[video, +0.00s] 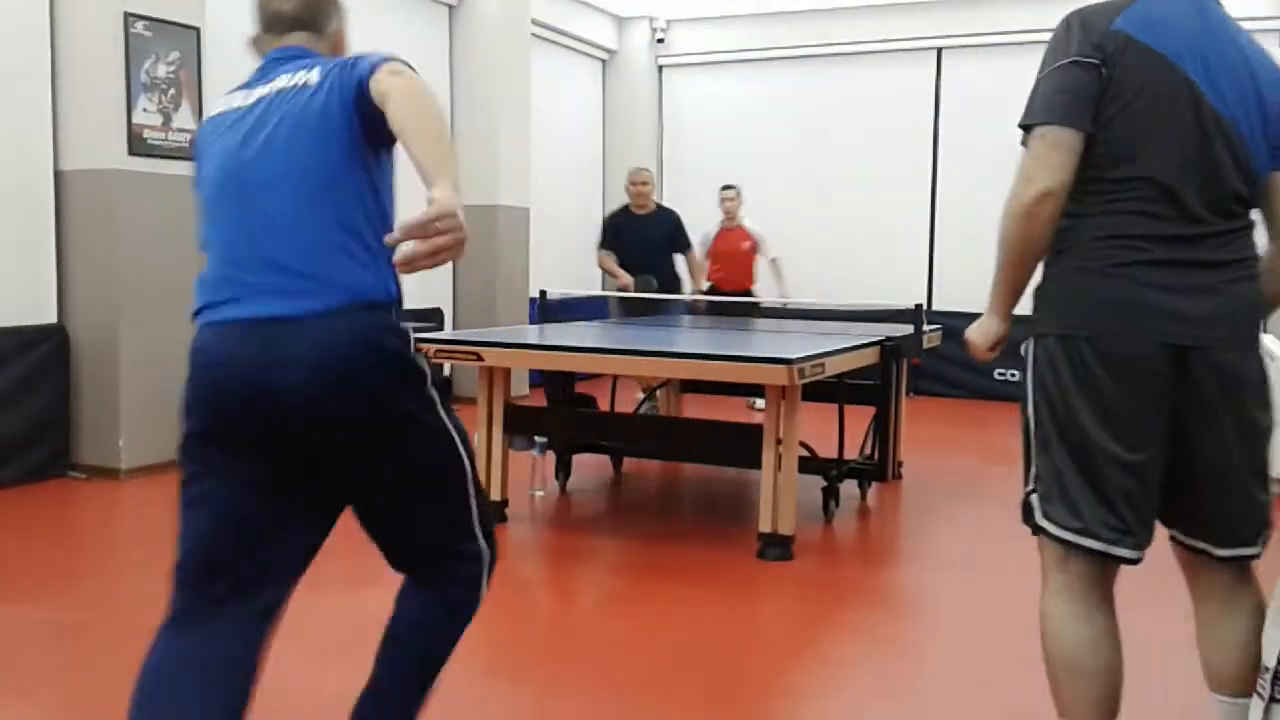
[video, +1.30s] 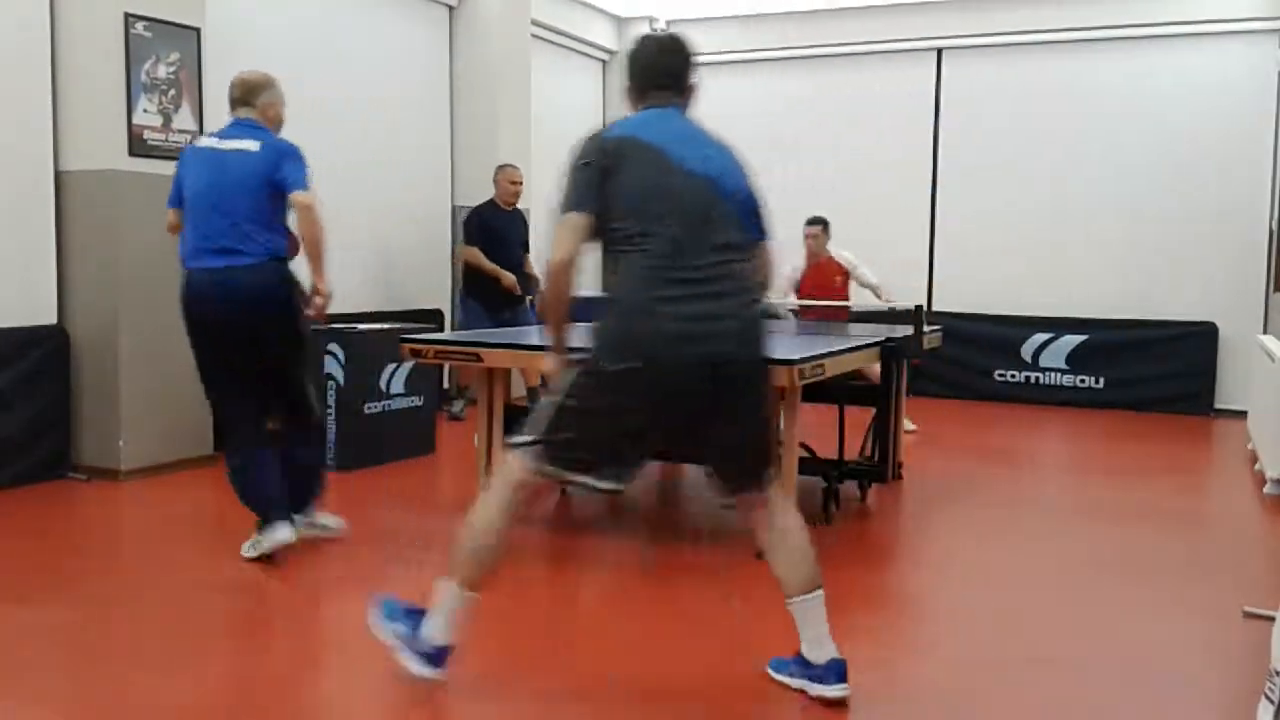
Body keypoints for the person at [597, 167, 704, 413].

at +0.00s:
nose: (639, 189)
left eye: (644, 184)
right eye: (634, 184)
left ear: (654, 187)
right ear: (626, 188)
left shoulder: (669, 218)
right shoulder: (614, 221)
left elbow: (690, 255)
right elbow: (604, 257)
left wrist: (699, 290)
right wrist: (620, 275)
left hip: (668, 299)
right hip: (631, 301)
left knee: (669, 359)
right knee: (634, 356)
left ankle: (672, 419)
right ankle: (649, 395)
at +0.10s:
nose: (622, 182)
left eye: (628, 177)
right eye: (617, 177)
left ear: (636, 181)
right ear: (610, 180)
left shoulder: (647, 213)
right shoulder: (594, 211)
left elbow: (661, 249)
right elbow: (581, 249)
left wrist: (663, 283)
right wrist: (599, 268)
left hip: (636, 291)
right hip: (600, 291)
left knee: (632, 350)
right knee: (605, 347)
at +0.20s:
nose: (608, 190)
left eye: (613, 185)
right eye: (602, 185)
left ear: (622, 189)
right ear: (595, 188)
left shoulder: (629, 223)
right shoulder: (577, 215)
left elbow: (641, 264)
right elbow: (562, 252)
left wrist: (641, 301)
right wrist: (580, 269)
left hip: (610, 301)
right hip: (574, 298)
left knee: (605, 357)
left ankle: (588, 397)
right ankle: (559, 405)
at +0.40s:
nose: (565, 201)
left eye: (570, 196)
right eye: (560, 196)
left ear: (577, 199)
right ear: (552, 197)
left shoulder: (583, 232)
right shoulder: (533, 225)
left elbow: (592, 273)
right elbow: (519, 264)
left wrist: (595, 303)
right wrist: (544, 286)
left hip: (566, 306)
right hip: (530, 302)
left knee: (562, 362)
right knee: (505, 347)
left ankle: (561, 412)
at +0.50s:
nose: (539, 201)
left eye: (544, 196)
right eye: (534, 195)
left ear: (551, 199)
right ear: (525, 197)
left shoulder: (558, 231)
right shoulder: (508, 226)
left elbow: (571, 270)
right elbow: (495, 264)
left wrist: (576, 301)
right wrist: (521, 282)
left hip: (542, 308)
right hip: (505, 305)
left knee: (555, 366)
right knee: (488, 356)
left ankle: (561, 421)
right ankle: (459, 396)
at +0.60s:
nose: (519, 195)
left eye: (525, 190)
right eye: (514, 190)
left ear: (531, 193)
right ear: (504, 191)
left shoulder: (539, 224)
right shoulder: (489, 222)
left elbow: (549, 264)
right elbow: (476, 260)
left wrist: (557, 297)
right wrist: (501, 278)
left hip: (528, 310)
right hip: (492, 309)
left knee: (521, 372)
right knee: (487, 369)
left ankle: (519, 430)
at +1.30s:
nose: (517, 188)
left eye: (520, 184)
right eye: (512, 183)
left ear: (522, 186)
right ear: (496, 184)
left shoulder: (519, 217)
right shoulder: (478, 215)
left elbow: (523, 256)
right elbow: (470, 254)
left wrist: (533, 276)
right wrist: (501, 274)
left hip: (514, 298)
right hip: (481, 298)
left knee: (529, 346)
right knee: (473, 350)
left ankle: (535, 397)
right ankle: (461, 397)